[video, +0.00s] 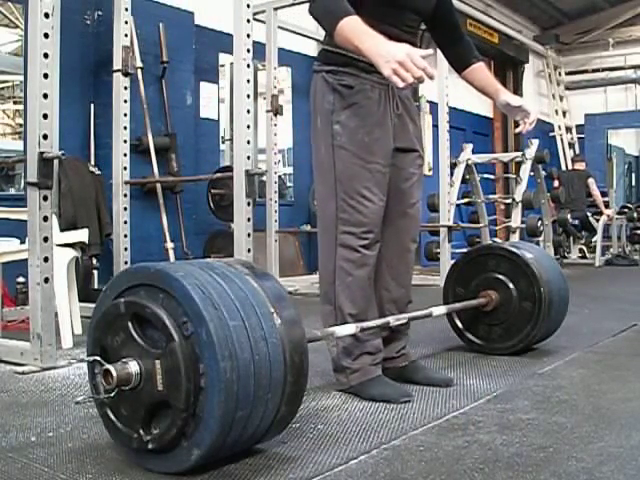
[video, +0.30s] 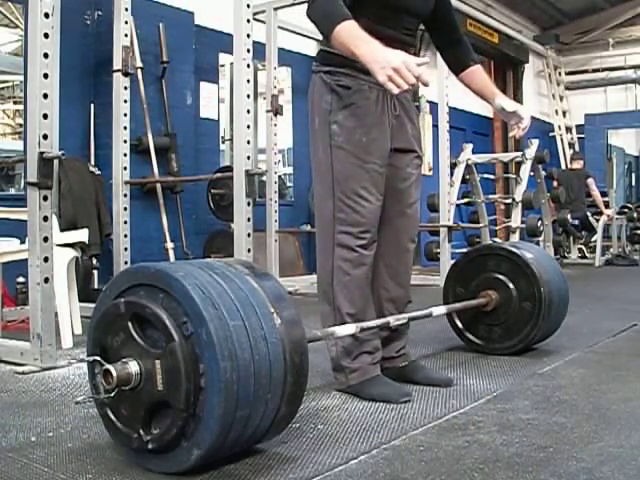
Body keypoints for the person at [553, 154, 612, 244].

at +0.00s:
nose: (584, 167)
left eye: (582, 165)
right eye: (584, 165)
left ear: (572, 165)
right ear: (584, 165)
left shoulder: (562, 175)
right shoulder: (586, 175)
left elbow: (555, 191)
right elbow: (595, 193)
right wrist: (604, 210)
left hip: (563, 213)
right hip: (579, 212)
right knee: (593, 232)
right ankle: (585, 245)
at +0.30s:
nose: (581, 164)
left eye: (581, 162)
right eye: (581, 162)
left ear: (570, 162)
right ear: (581, 163)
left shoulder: (561, 174)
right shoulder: (584, 174)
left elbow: (555, 192)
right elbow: (594, 192)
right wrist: (604, 210)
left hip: (562, 213)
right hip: (579, 212)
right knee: (594, 231)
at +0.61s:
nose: (581, 163)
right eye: (580, 161)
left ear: (567, 162)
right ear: (579, 162)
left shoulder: (560, 174)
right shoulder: (583, 173)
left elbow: (555, 192)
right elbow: (593, 192)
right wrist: (604, 210)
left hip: (563, 214)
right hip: (579, 212)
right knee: (593, 231)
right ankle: (584, 246)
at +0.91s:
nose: (581, 163)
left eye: (580, 160)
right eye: (580, 160)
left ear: (567, 162)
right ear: (578, 161)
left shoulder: (559, 175)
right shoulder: (583, 174)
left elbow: (554, 196)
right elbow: (593, 192)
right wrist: (604, 210)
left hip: (562, 214)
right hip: (578, 213)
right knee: (593, 230)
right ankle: (584, 246)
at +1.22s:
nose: (581, 163)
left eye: (580, 161)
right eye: (580, 161)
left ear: (567, 162)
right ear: (578, 161)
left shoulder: (559, 174)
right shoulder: (583, 174)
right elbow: (593, 192)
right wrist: (604, 210)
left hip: (562, 213)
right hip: (579, 213)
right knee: (593, 225)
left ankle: (564, 248)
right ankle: (586, 248)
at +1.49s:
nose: (581, 163)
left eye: (580, 161)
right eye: (581, 161)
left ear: (568, 162)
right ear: (579, 162)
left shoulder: (560, 175)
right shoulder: (583, 174)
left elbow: (555, 194)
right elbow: (594, 192)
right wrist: (603, 209)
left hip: (562, 214)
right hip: (579, 213)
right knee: (597, 222)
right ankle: (598, 251)